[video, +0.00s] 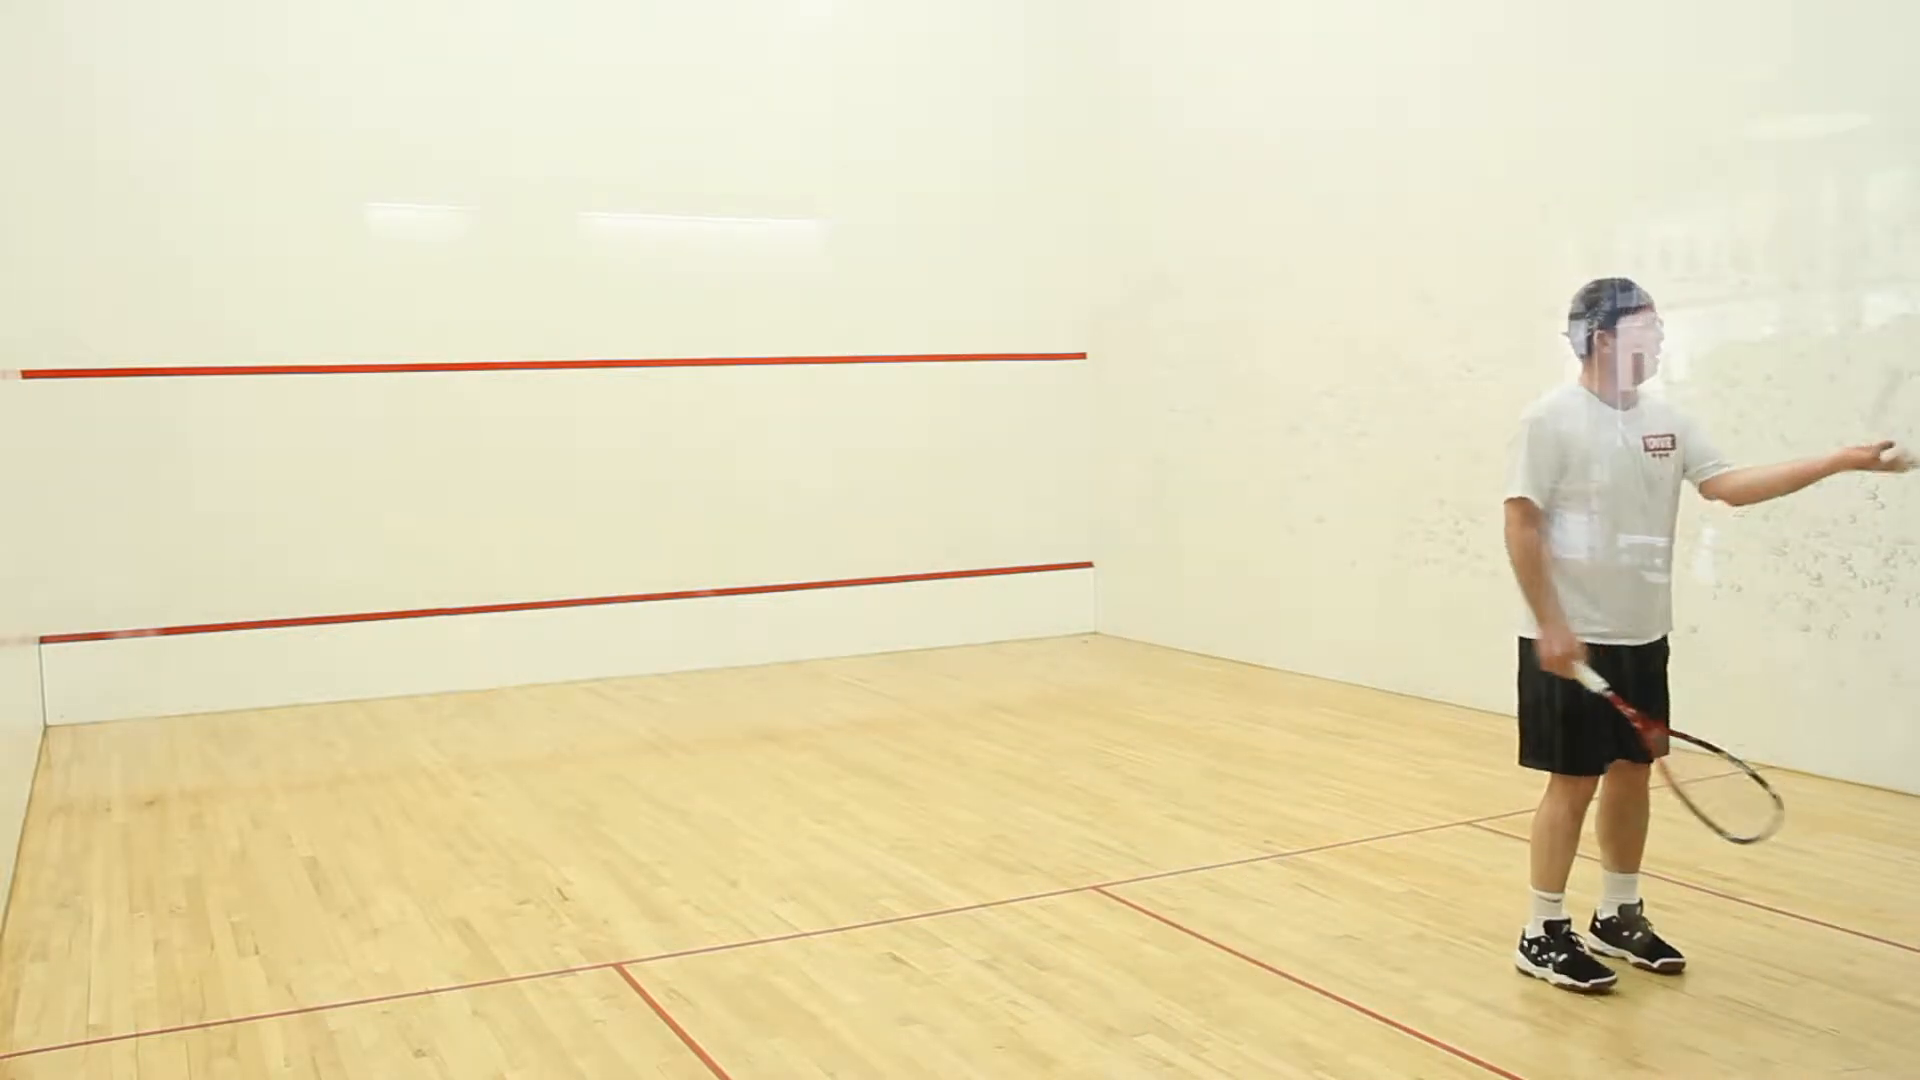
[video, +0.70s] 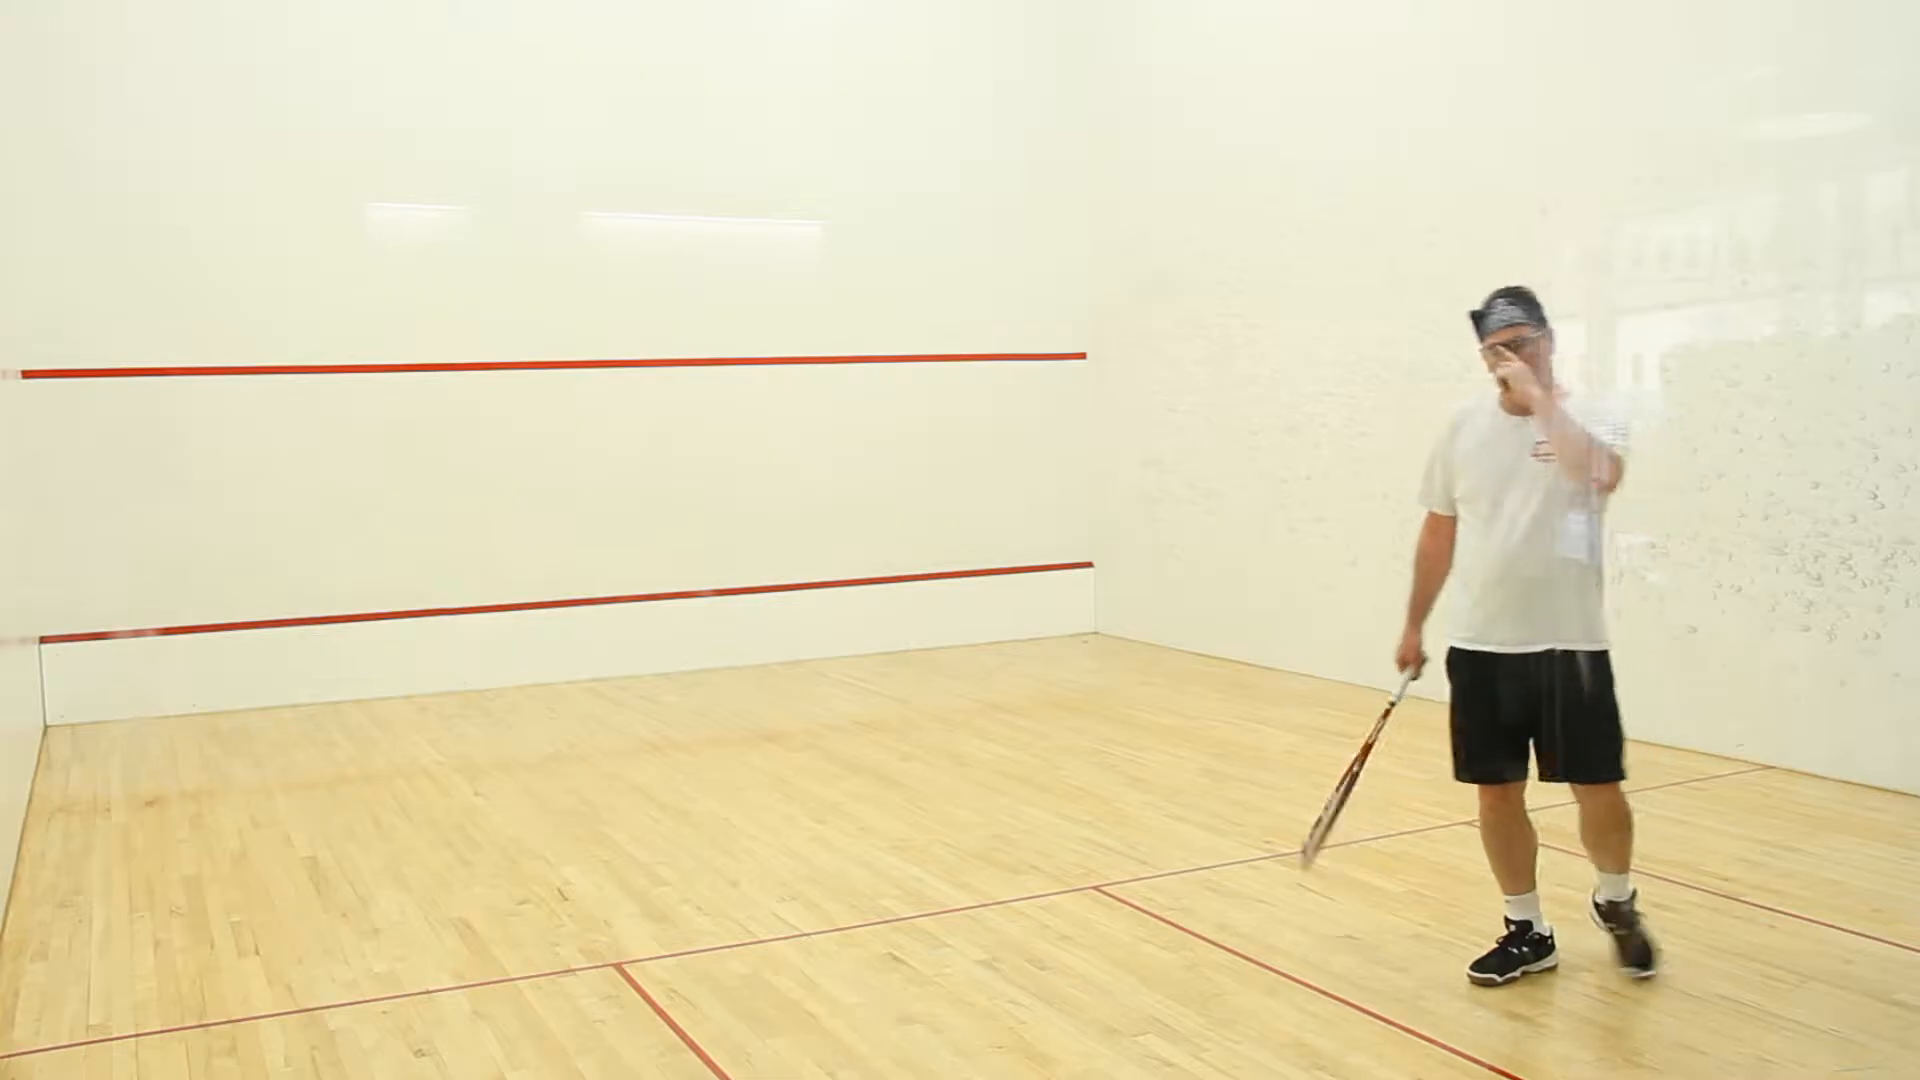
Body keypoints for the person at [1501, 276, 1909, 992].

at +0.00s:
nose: (1654, 351)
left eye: (1656, 338)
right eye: (1642, 337)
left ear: (1646, 342)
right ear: (1596, 340)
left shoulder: (1664, 418)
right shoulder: (1552, 420)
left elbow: (1729, 486)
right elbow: (1521, 525)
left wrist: (1837, 460)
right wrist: (1551, 625)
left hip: (1642, 636)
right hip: (1568, 635)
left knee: (1632, 768)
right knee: (1573, 778)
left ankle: (1618, 917)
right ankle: (1543, 933)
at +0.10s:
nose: (1652, 352)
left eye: (1657, 337)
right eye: (1638, 338)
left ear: (1659, 341)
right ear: (1595, 342)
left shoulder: (1673, 420)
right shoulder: (1546, 420)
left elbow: (1727, 497)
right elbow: (1506, 523)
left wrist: (1793, 442)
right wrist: (1511, 621)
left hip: (1644, 637)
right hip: (1564, 636)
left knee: (1632, 780)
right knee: (1565, 784)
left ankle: (1618, 917)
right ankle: (1543, 927)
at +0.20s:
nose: (1643, 356)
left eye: (1649, 341)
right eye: (1628, 342)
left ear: (1656, 344)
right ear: (1588, 345)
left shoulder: (1675, 425)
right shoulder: (1541, 424)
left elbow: (1734, 505)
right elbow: (1497, 523)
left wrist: (1711, 433)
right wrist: (1477, 619)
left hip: (1643, 639)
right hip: (1556, 636)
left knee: (1633, 781)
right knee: (1549, 782)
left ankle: (1620, 917)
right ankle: (1534, 926)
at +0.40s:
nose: (1588, 353)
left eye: (1599, 339)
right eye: (1573, 343)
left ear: (1617, 341)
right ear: (1549, 350)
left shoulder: (1657, 419)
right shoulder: (1519, 426)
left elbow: (1706, 507)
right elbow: (1484, 523)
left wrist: (1635, 463)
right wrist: (1454, 621)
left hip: (1628, 639)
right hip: (1536, 636)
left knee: (1626, 780)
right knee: (1527, 783)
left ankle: (1620, 917)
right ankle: (1530, 927)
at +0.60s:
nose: (1537, 359)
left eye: (1545, 344)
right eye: (1521, 350)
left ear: (1570, 338)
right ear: (1504, 356)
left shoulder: (1609, 415)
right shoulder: (1483, 428)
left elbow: (1640, 486)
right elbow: (1458, 530)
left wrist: (1569, 411)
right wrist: (1439, 628)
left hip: (1593, 640)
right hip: (1502, 642)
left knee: (1617, 782)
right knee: (1507, 791)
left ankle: (1621, 911)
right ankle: (1528, 929)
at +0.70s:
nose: (1511, 360)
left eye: (1521, 345)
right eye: (1497, 350)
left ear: (1550, 343)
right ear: (1482, 358)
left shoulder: (1590, 417)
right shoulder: (1464, 429)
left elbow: (1600, 476)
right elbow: (1438, 531)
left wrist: (1538, 400)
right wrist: (1414, 626)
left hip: (1572, 641)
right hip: (1482, 643)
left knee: (1601, 787)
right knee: (1497, 791)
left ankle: (1618, 905)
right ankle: (1528, 929)